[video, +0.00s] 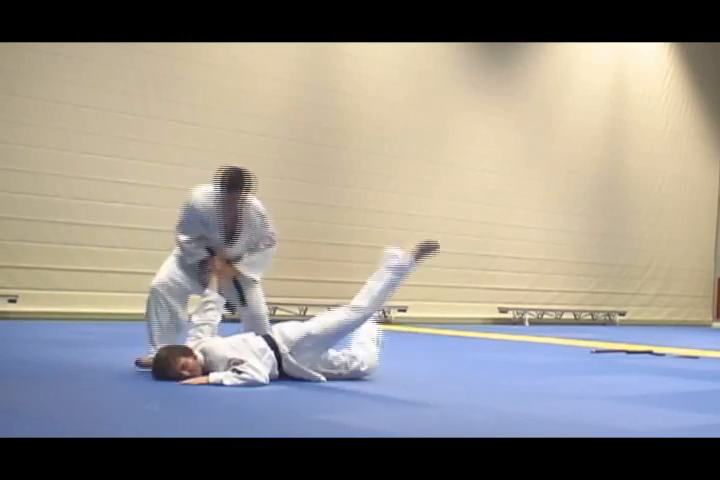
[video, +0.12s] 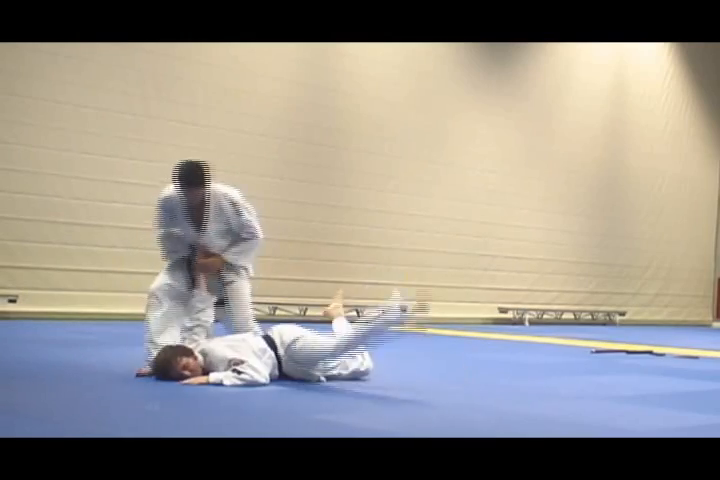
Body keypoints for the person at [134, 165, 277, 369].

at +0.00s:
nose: (232, 205)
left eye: (237, 200)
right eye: (228, 199)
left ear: (244, 195)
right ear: (219, 193)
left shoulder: (255, 212)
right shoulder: (200, 201)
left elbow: (267, 246)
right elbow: (185, 238)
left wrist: (237, 268)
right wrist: (206, 261)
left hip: (237, 265)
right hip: (196, 260)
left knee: (257, 313)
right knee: (161, 289)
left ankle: (267, 360)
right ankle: (161, 352)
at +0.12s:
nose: (193, 198)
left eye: (197, 193)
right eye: (188, 193)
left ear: (206, 187)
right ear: (180, 188)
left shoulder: (228, 199)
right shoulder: (168, 200)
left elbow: (253, 236)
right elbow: (168, 243)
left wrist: (223, 260)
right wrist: (196, 260)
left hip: (230, 264)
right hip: (188, 263)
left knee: (241, 319)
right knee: (158, 293)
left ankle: (263, 361)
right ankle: (156, 358)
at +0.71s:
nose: (158, 240)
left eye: (161, 234)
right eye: (152, 236)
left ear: (168, 221)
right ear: (144, 232)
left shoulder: (198, 229)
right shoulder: (148, 229)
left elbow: (209, 278)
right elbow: (162, 258)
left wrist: (215, 321)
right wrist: (185, 278)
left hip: (218, 265)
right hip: (178, 268)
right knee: (153, 302)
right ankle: (154, 363)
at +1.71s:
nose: (214, 233)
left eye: (219, 229)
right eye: (211, 228)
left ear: (228, 226)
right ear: (204, 225)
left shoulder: (241, 229)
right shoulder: (190, 239)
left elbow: (252, 255)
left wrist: (229, 272)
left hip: (219, 272)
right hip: (191, 270)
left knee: (222, 302)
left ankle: (224, 348)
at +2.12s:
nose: (199, 197)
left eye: (202, 192)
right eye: (194, 192)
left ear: (208, 191)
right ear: (185, 191)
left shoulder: (215, 211)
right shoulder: (171, 211)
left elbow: (226, 244)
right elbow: (169, 251)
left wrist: (213, 268)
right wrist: (184, 283)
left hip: (201, 258)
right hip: (174, 256)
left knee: (209, 304)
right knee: (170, 306)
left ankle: (216, 351)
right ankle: (165, 350)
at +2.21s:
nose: (192, 183)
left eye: (196, 178)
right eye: (186, 178)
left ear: (202, 178)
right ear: (178, 178)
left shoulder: (208, 201)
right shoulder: (162, 200)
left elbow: (217, 232)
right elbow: (157, 238)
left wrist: (211, 260)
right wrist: (176, 269)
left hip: (193, 252)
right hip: (165, 251)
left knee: (207, 288)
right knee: (168, 295)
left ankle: (205, 342)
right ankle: (167, 347)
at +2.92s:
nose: (135, 175)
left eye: (139, 170)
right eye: (130, 171)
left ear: (146, 170)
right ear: (125, 172)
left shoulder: (155, 193)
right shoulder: (118, 192)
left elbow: (142, 210)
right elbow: (116, 218)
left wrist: (123, 194)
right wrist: (133, 220)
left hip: (143, 246)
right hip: (120, 246)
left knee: (140, 291)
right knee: (96, 291)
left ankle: (142, 336)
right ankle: (86, 330)